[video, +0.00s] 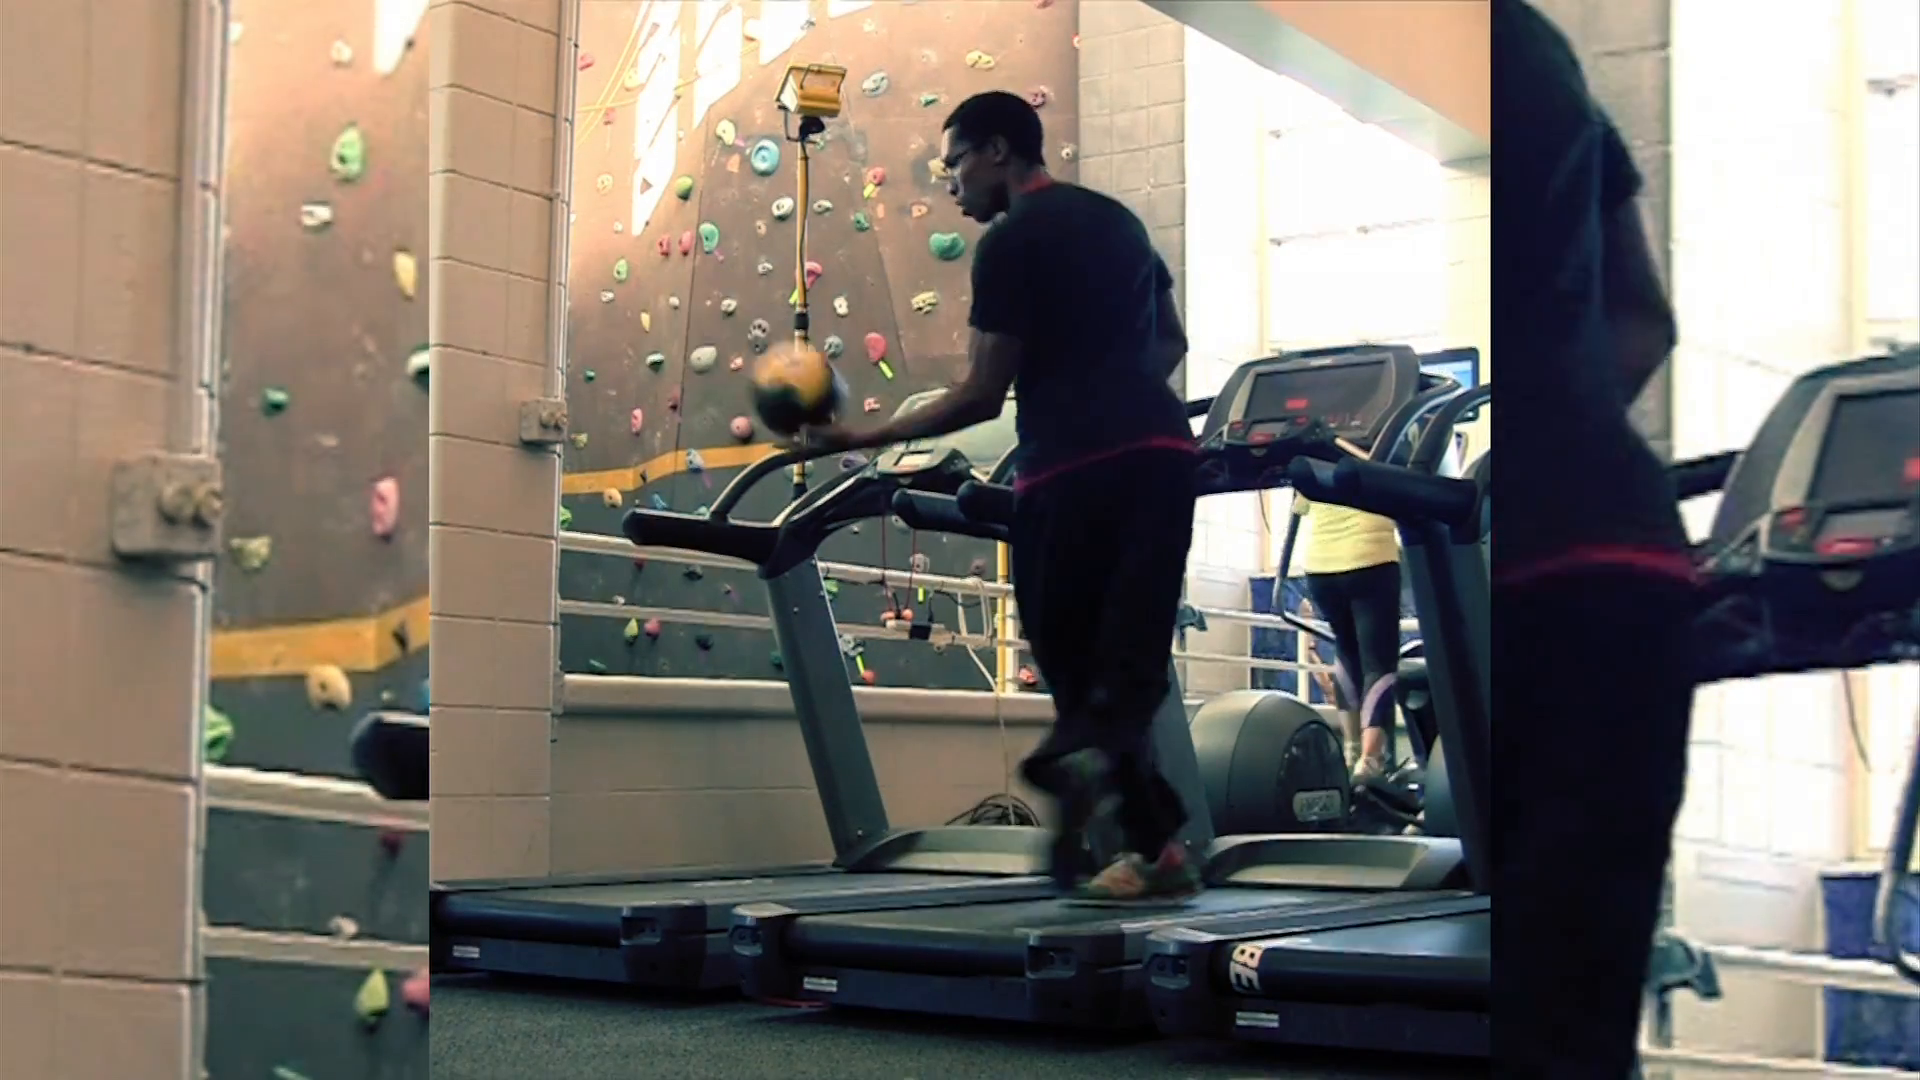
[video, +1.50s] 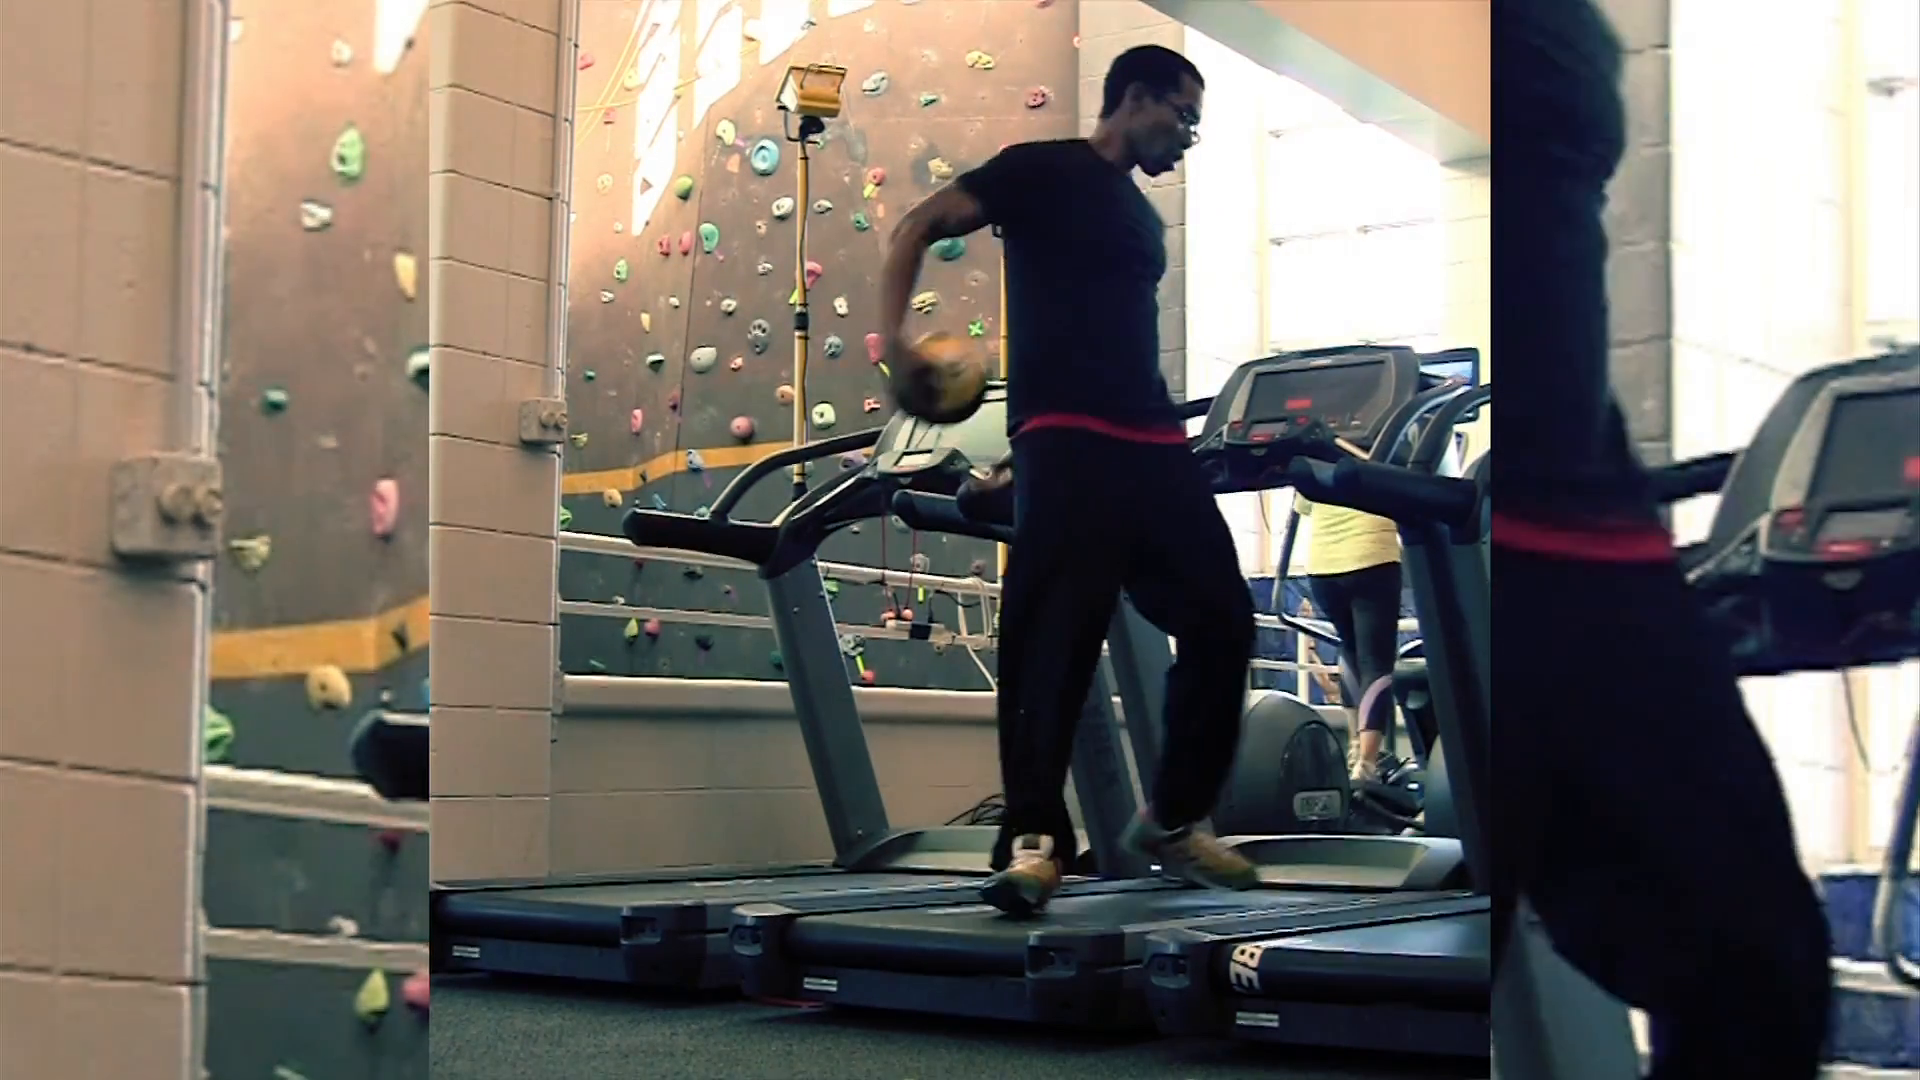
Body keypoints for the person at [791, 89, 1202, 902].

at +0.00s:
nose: (949, 183)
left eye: (955, 163)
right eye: (946, 167)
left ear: (999, 153)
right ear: (1026, 155)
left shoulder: (1009, 240)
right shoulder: (1117, 220)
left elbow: (983, 396)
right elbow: (1171, 343)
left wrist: (859, 433)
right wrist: (1101, 405)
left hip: (1065, 477)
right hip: (1160, 463)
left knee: (1075, 671)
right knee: (1139, 653)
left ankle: (1160, 849)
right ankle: (1083, 761)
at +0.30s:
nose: (970, 172)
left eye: (979, 154)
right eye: (966, 158)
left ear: (1033, 143)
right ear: (1034, 150)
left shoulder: (1054, 215)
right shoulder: (1097, 217)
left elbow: (1061, 347)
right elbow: (1166, 353)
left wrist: (958, 419)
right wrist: (1118, 437)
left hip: (1074, 472)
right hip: (1132, 470)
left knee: (1031, 666)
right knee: (1108, 666)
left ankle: (1075, 865)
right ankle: (1265, 757)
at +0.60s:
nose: (992, 137)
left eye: (1006, 120)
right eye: (981, 125)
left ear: (1048, 111)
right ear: (974, 128)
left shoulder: (1101, 167)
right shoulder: (1021, 206)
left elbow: (1224, 212)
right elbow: (1069, 315)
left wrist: (1199, 297)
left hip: (1117, 419)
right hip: (1078, 429)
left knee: (1067, 597)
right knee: (1123, 626)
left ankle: (1057, 805)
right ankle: (1195, 827)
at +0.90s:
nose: (1049, 122)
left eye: (1064, 107)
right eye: (1033, 107)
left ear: (1085, 107)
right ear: (1008, 109)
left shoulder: (1138, 177)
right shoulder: (997, 215)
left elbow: (1252, 238)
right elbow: (1028, 320)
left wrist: (1281, 345)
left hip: (1126, 419)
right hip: (1044, 442)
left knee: (1137, 599)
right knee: (1079, 653)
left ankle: (1247, 798)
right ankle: (1145, 844)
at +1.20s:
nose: (1140, 120)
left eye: (1149, 107)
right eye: (1127, 101)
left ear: (1148, 109)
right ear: (1076, 93)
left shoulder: (1164, 202)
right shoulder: (1000, 197)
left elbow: (1171, 324)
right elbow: (948, 299)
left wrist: (1162, 416)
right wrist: (968, 420)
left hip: (1151, 452)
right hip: (1049, 460)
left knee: (1208, 626)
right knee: (1060, 660)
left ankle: (1306, 803)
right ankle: (1086, 851)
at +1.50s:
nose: (1186, 136)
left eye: (1193, 124)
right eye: (1179, 115)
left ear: (1153, 113)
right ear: (1130, 98)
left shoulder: (1141, 214)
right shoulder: (1042, 168)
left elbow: (1110, 342)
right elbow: (913, 226)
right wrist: (890, 338)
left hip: (1156, 451)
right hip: (1067, 446)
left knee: (1224, 627)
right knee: (1051, 636)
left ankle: (1176, 825)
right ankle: (1034, 838)